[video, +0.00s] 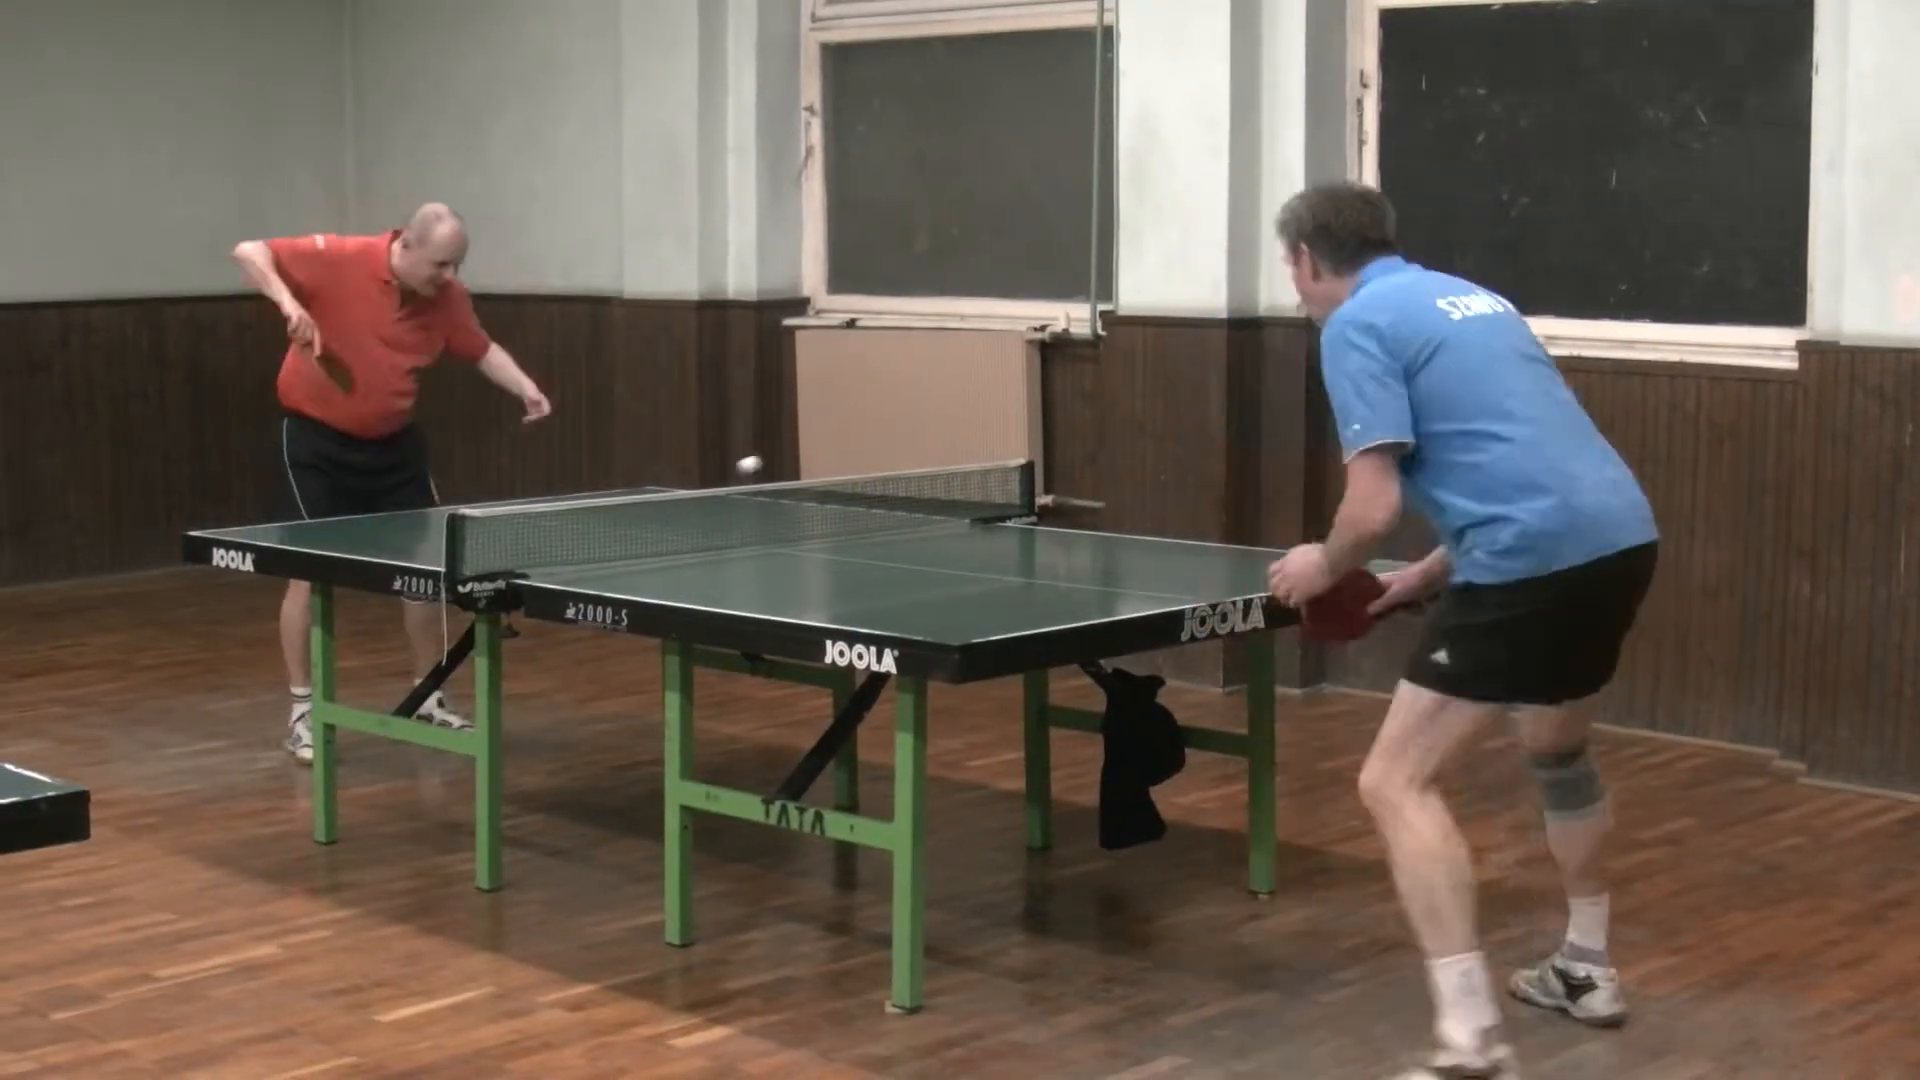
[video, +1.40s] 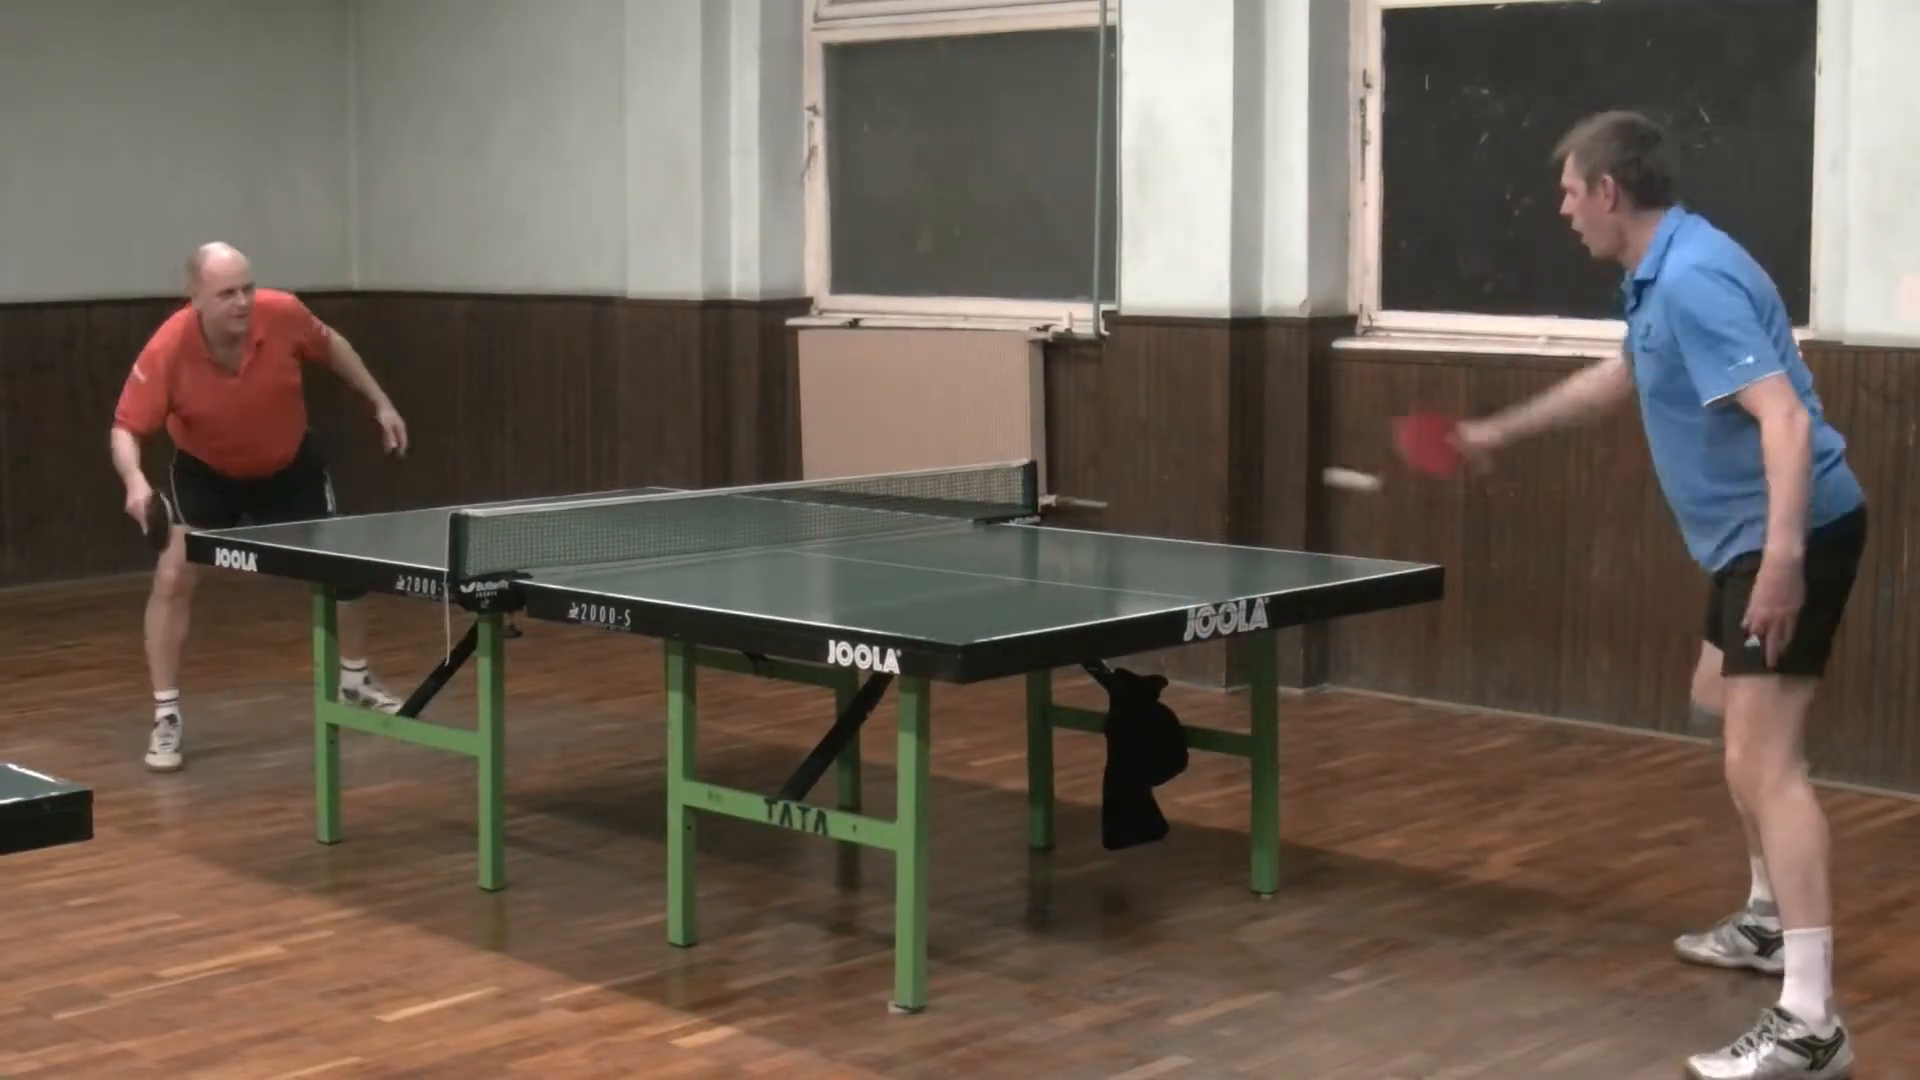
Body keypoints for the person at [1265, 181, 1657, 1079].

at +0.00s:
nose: (1292, 285)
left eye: (1291, 267)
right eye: (1291, 268)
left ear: (1313, 262)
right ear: (1376, 247)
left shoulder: (1356, 325)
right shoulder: (1465, 295)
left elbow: (1372, 508)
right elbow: (1525, 466)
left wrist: (1320, 558)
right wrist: (1432, 566)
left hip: (1525, 556)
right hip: (1620, 538)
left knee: (1395, 781)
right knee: (1558, 742)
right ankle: (1587, 967)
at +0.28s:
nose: (1401, 314)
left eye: (1400, 298)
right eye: (1401, 299)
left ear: (1419, 293)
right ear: (1489, 283)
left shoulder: (1451, 361)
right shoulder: (1565, 338)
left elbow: (1462, 534)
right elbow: (1584, 469)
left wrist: (1430, 623)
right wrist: (1489, 533)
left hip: (1590, 605)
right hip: (1686, 589)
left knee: (1467, 814)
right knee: (1632, 741)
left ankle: (1536, 1056)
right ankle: (1658, 916)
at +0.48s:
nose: (1445, 304)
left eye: (1443, 289)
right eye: (1444, 289)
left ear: (1462, 286)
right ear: (1522, 269)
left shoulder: (1514, 355)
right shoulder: (1595, 312)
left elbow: (1567, 496)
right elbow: (1649, 444)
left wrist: (1546, 619)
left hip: (1662, 565)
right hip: (1735, 548)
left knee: (1616, 791)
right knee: (1666, 720)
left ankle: (1557, 1029)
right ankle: (1658, 911)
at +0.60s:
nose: (1475, 261)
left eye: (1475, 249)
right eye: (1474, 250)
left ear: (1493, 250)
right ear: (1552, 230)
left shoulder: (1556, 316)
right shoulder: (1605, 268)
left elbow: (1603, 463)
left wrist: (1552, 582)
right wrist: (1414, 296)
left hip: (1693, 534)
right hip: (1748, 511)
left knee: (1643, 765)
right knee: (1668, 725)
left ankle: (1625, 1006)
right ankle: (1662, 914)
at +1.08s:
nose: (1542, 173)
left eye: (1550, 152)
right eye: (1544, 153)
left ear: (1597, 157)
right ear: (1601, 157)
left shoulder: (1672, 246)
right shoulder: (1632, 246)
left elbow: (1716, 412)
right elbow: (1593, 355)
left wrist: (1625, 532)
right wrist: (1476, 399)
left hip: (1765, 498)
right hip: (1721, 499)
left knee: (1732, 730)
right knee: (1706, 689)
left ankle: (1785, 990)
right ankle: (1763, 909)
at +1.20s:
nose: (1547, 214)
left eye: (1555, 195)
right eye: (1547, 195)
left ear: (1601, 200)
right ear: (1608, 197)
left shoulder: (1676, 288)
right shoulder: (1635, 282)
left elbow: (1741, 451)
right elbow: (1651, 408)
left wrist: (1665, 582)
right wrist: (1574, 491)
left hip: (1786, 528)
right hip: (1741, 525)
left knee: (1733, 758)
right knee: (1702, 706)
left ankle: (1806, 1016)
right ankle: (1769, 921)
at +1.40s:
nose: (1563, 210)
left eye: (1569, 190)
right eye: (1564, 192)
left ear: (1611, 190)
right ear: (1616, 188)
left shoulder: (1695, 279)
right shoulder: (1662, 273)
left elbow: (1785, 417)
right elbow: (1614, 380)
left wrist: (1781, 561)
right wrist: (1498, 432)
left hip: (1795, 534)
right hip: (1761, 531)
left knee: (1763, 761)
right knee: (1718, 695)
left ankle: (1811, 1019)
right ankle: (1773, 912)